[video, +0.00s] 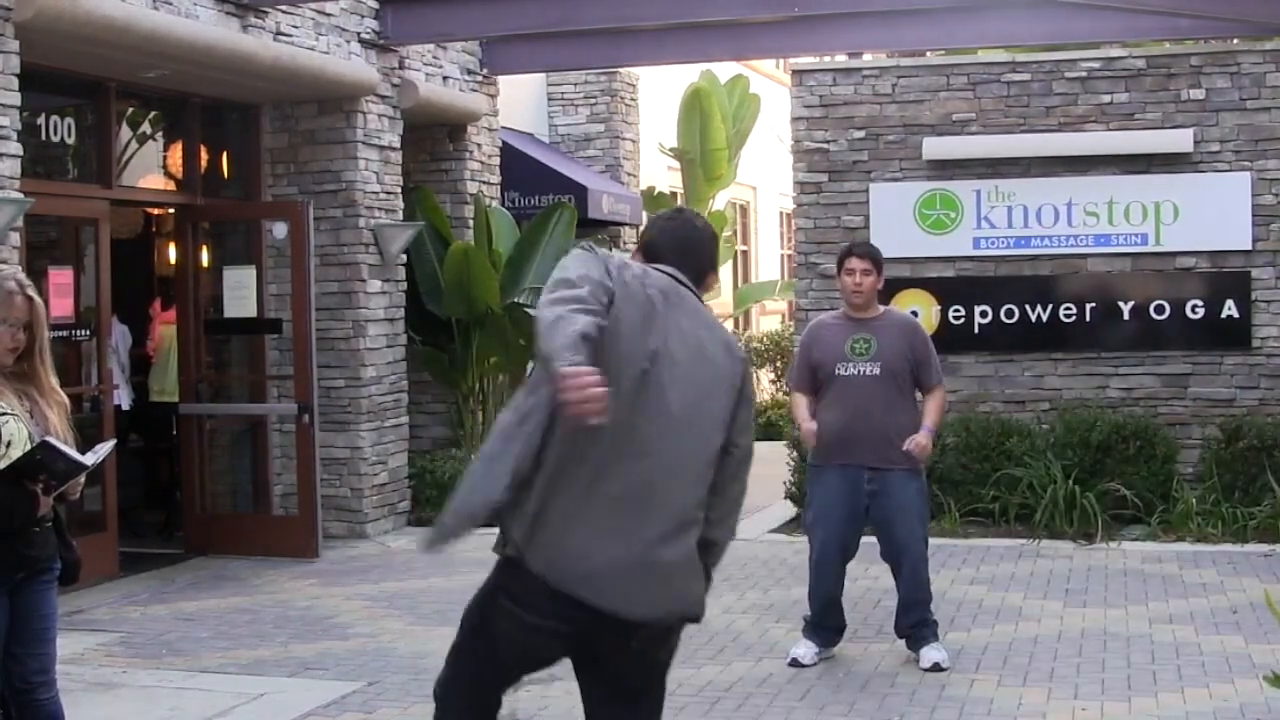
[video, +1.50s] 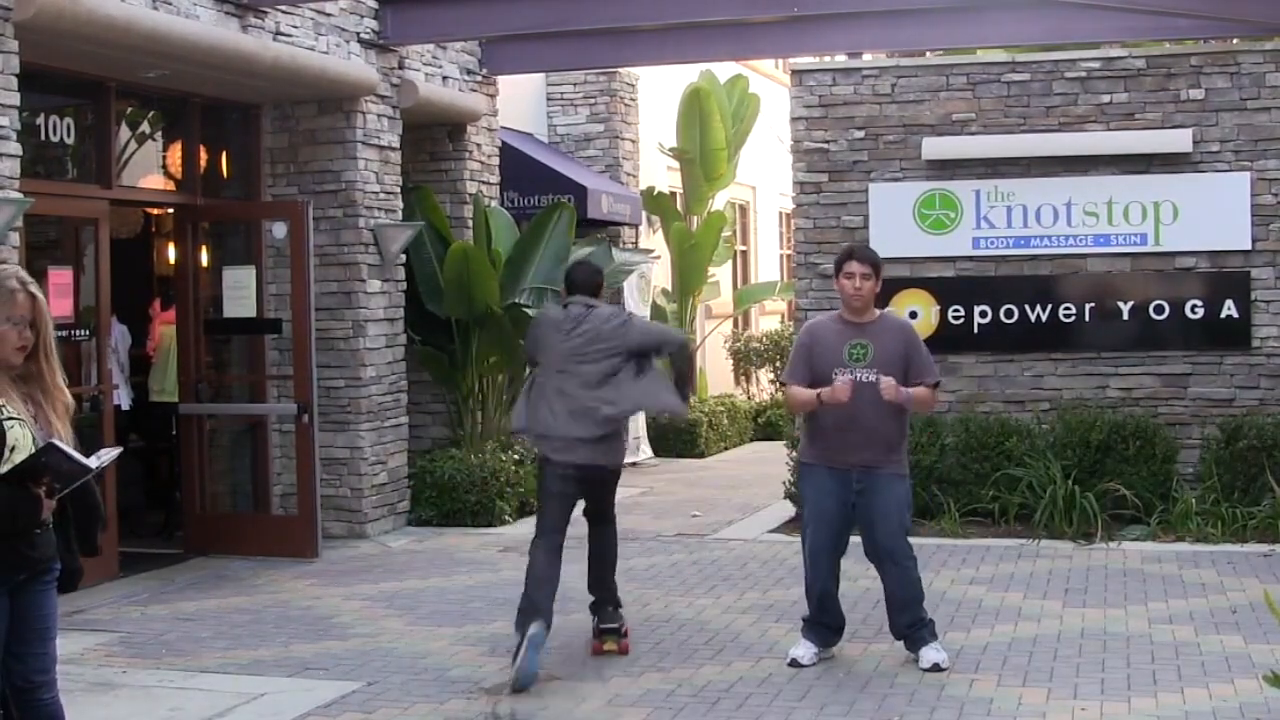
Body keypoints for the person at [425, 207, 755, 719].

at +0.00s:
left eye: (636, 245)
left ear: (639, 252)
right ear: (709, 281)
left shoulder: (602, 268)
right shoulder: (730, 355)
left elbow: (567, 308)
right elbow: (729, 488)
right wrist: (693, 573)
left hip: (551, 571)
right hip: (653, 595)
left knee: (464, 693)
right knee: (629, 714)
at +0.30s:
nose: (663, 288)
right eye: (662, 282)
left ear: (596, 254)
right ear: (656, 279)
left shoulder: (543, 271)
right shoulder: (677, 328)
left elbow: (494, 360)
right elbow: (692, 470)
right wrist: (665, 581)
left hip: (518, 529)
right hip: (613, 546)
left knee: (493, 687)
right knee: (592, 700)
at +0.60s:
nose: (637, 346)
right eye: (637, 338)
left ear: (578, 326)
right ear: (632, 340)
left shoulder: (516, 357)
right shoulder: (637, 384)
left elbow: (444, 424)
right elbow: (666, 464)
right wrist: (680, 561)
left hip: (505, 541)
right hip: (583, 542)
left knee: (516, 675)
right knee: (580, 642)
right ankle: (576, 716)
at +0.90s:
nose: (630, 288)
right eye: (630, 282)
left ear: (579, 274)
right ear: (625, 283)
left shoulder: (529, 305)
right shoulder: (633, 328)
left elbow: (482, 369)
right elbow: (657, 423)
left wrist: (501, 430)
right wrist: (640, 489)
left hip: (524, 475)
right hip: (596, 483)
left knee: (521, 577)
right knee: (590, 592)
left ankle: (522, 645)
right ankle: (584, 706)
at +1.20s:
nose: (597, 264)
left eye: (552, 253)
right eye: (598, 257)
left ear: (552, 257)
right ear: (596, 260)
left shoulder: (521, 299)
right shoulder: (619, 306)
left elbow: (488, 363)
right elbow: (648, 381)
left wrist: (486, 428)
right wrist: (625, 432)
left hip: (539, 455)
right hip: (599, 457)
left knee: (535, 560)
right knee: (594, 556)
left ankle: (529, 670)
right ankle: (602, 666)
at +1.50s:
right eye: (601, 286)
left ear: (565, 290)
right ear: (601, 290)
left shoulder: (546, 321)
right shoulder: (618, 323)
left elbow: (532, 356)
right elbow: (679, 340)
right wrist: (683, 389)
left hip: (556, 454)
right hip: (604, 455)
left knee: (548, 536)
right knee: (602, 524)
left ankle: (534, 625)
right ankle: (607, 616)